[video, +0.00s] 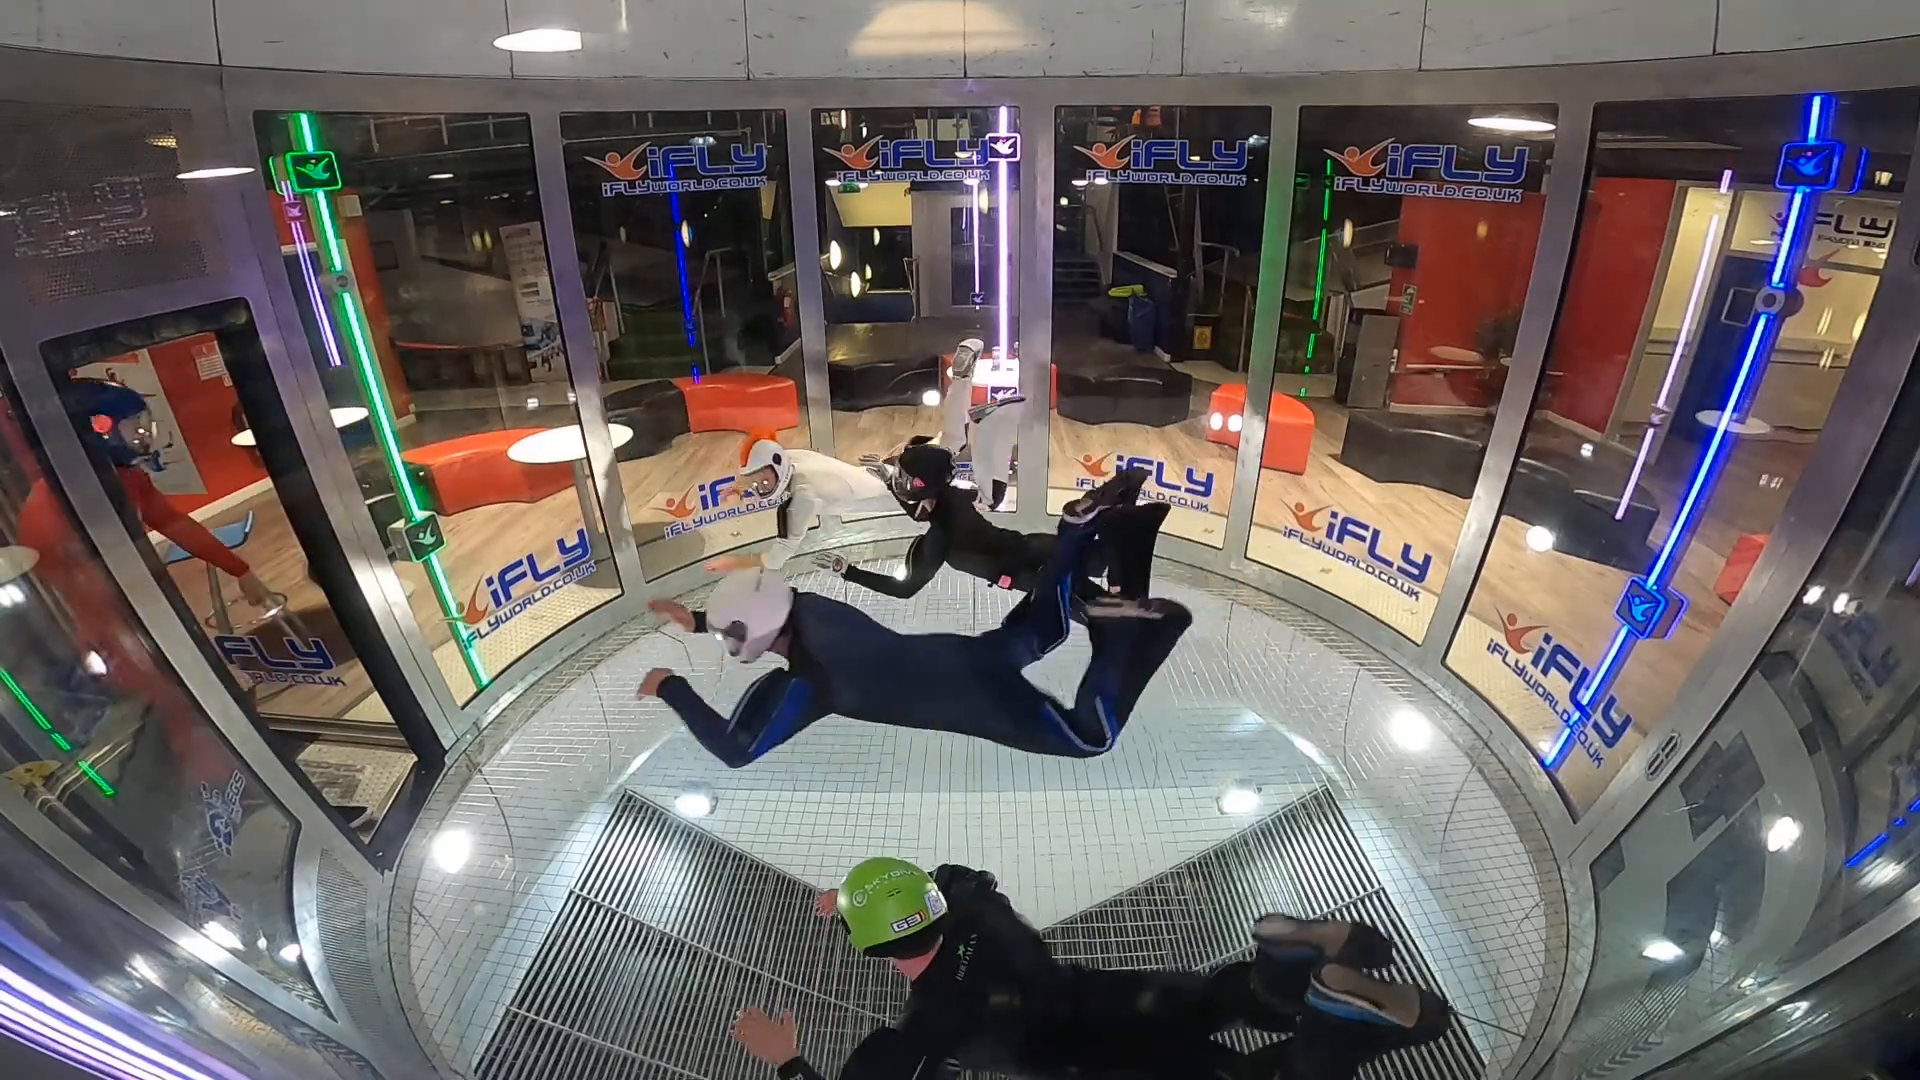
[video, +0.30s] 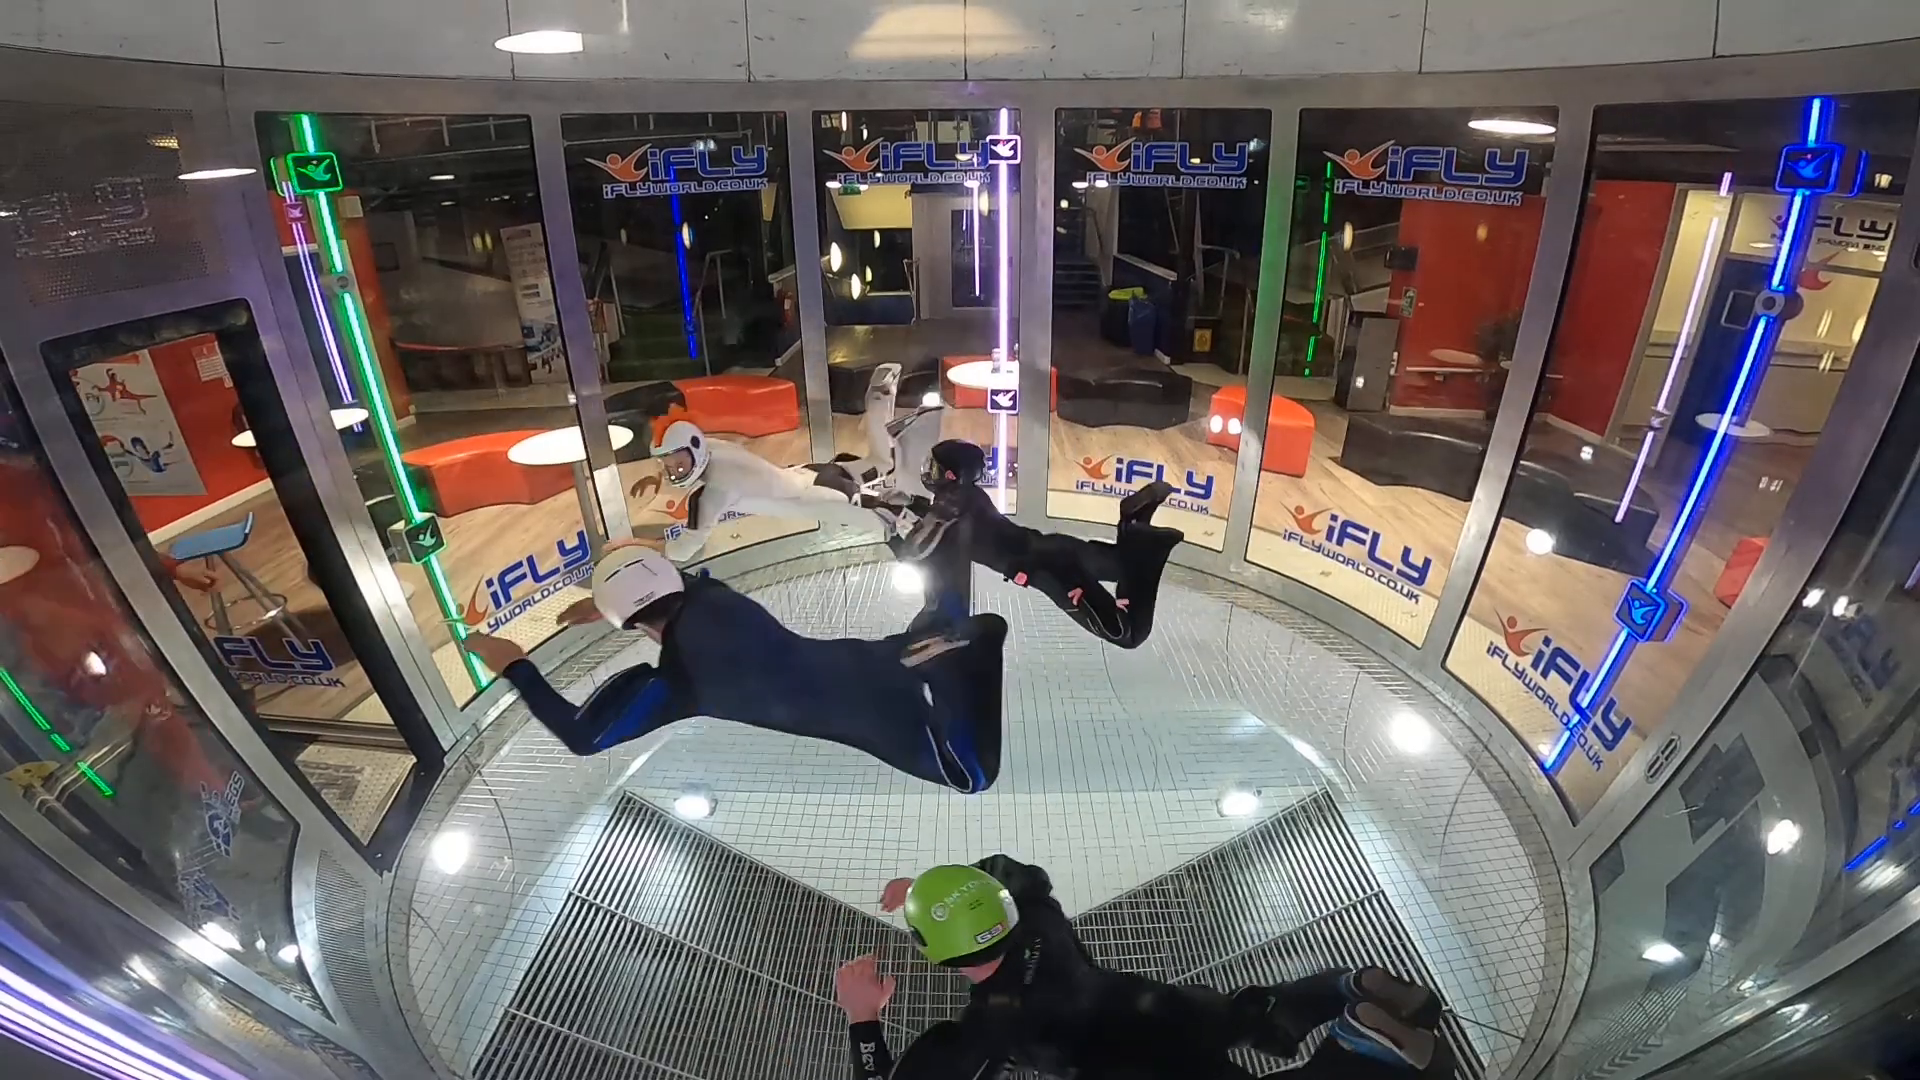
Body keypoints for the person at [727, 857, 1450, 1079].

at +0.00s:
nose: (880, 964)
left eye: (882, 954)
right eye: (875, 954)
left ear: (912, 951)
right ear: (928, 915)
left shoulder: (930, 1016)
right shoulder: (972, 898)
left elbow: (859, 1078)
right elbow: (931, 885)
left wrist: (787, 1059)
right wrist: (856, 900)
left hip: (1088, 1052)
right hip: (1096, 987)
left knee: (1218, 1061)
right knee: (1199, 995)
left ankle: (1337, 1025)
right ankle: (1289, 960)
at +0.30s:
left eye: (949, 950)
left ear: (962, 962)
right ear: (1000, 909)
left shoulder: (995, 1021)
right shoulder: (1034, 907)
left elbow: (903, 1072)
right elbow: (1010, 872)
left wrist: (865, 1025)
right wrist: (933, 890)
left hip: (1134, 1055)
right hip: (1151, 1001)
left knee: (1258, 1046)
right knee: (1249, 1009)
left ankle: (1367, 1031)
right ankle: (1359, 981)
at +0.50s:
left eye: (997, 941)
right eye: (1019, 926)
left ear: (1011, 954)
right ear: (1042, 917)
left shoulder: (1041, 1021)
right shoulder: (1078, 912)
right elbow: (1056, 859)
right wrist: (976, 874)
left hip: (1189, 1027)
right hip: (1197, 1001)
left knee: (1297, 1048)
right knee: (1300, 984)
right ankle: (1419, 956)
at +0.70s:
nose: (1031, 950)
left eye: (1030, 941)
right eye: (1032, 937)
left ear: (1050, 943)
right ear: (1076, 899)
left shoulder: (1075, 1002)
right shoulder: (1098, 896)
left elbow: (1019, 1078)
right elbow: (1071, 843)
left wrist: (937, 1055)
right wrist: (993, 849)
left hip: (1228, 1000)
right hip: (1237, 971)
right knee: (1372, 1034)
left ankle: (1413, 888)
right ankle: (1496, 992)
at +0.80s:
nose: (1050, 932)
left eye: (1052, 929)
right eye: (1048, 917)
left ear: (1072, 935)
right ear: (1089, 882)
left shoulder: (1106, 980)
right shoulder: (1116, 883)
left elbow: (1049, 1059)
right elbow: (1084, 835)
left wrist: (979, 1016)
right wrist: (1014, 836)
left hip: (1274, 989)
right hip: (1268, 930)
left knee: (1420, 1005)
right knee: (1362, 909)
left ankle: (1503, 933)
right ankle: (1446, 854)